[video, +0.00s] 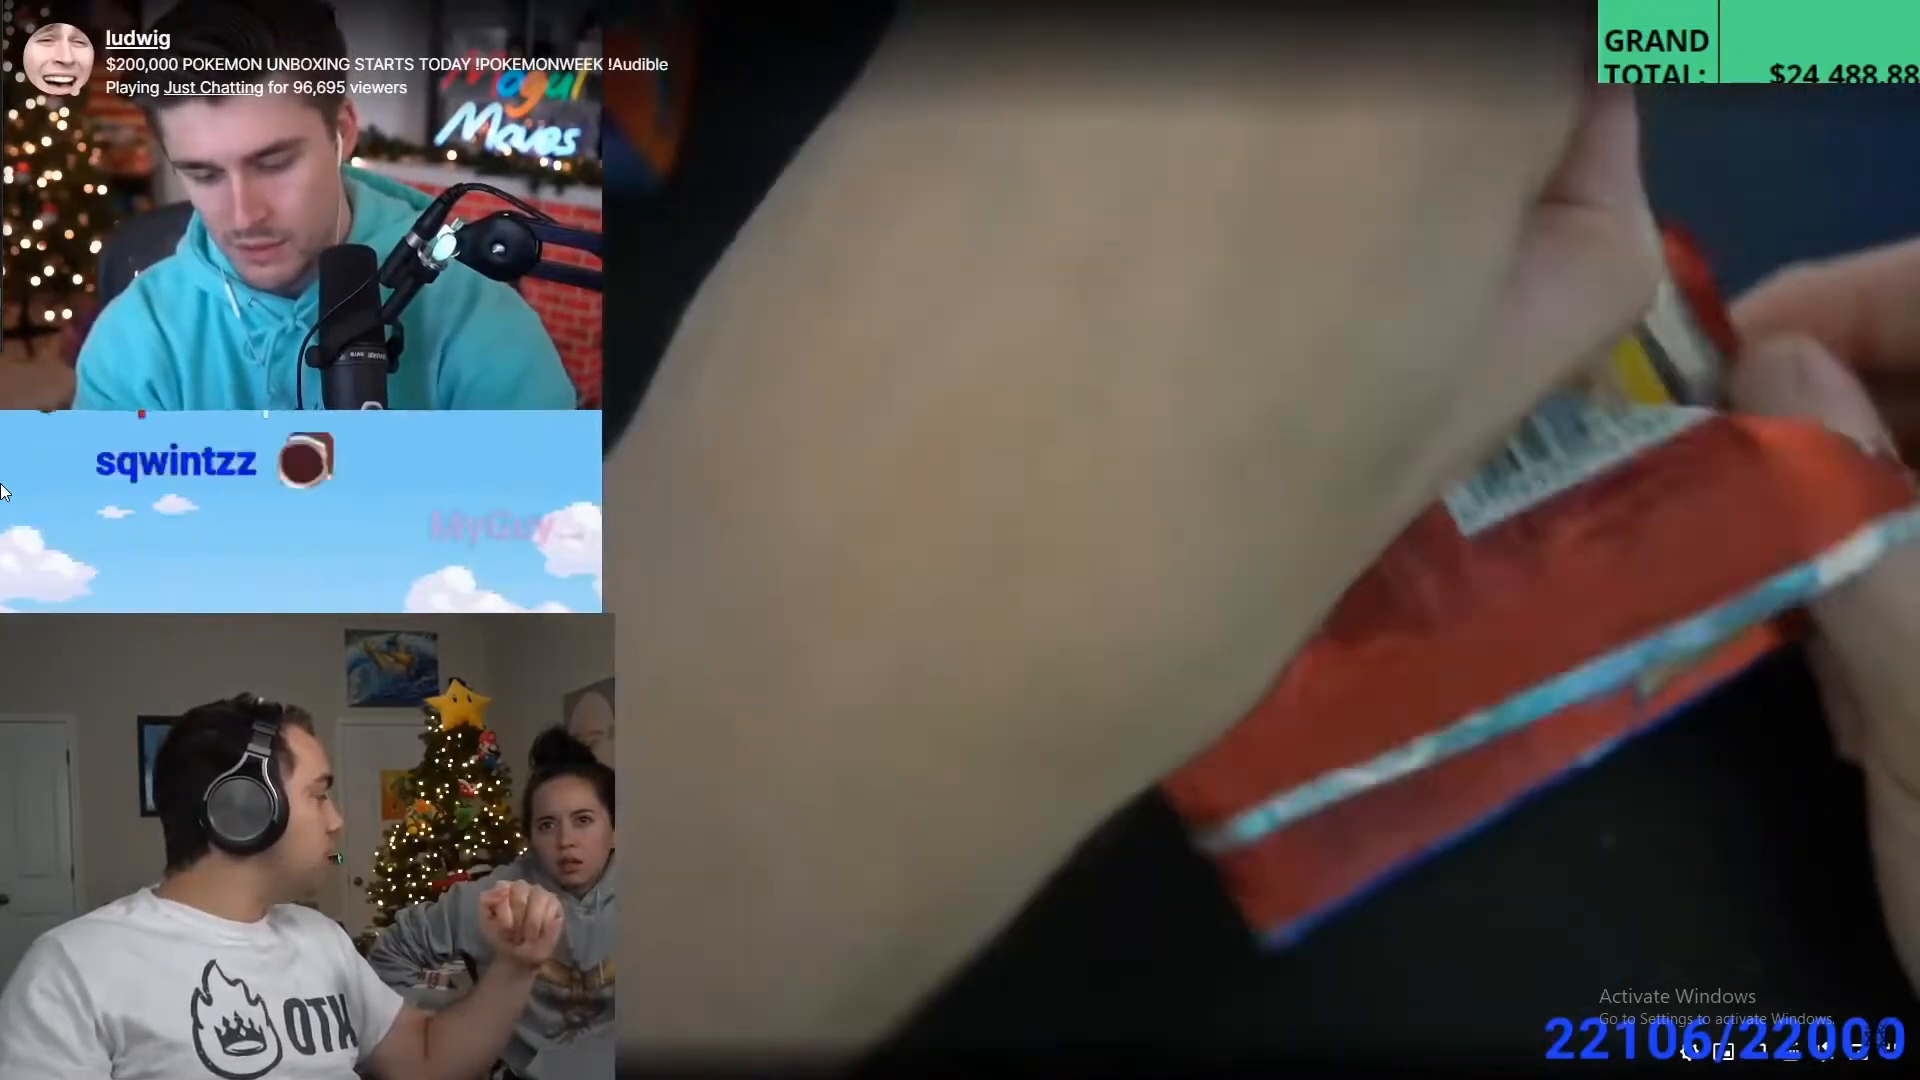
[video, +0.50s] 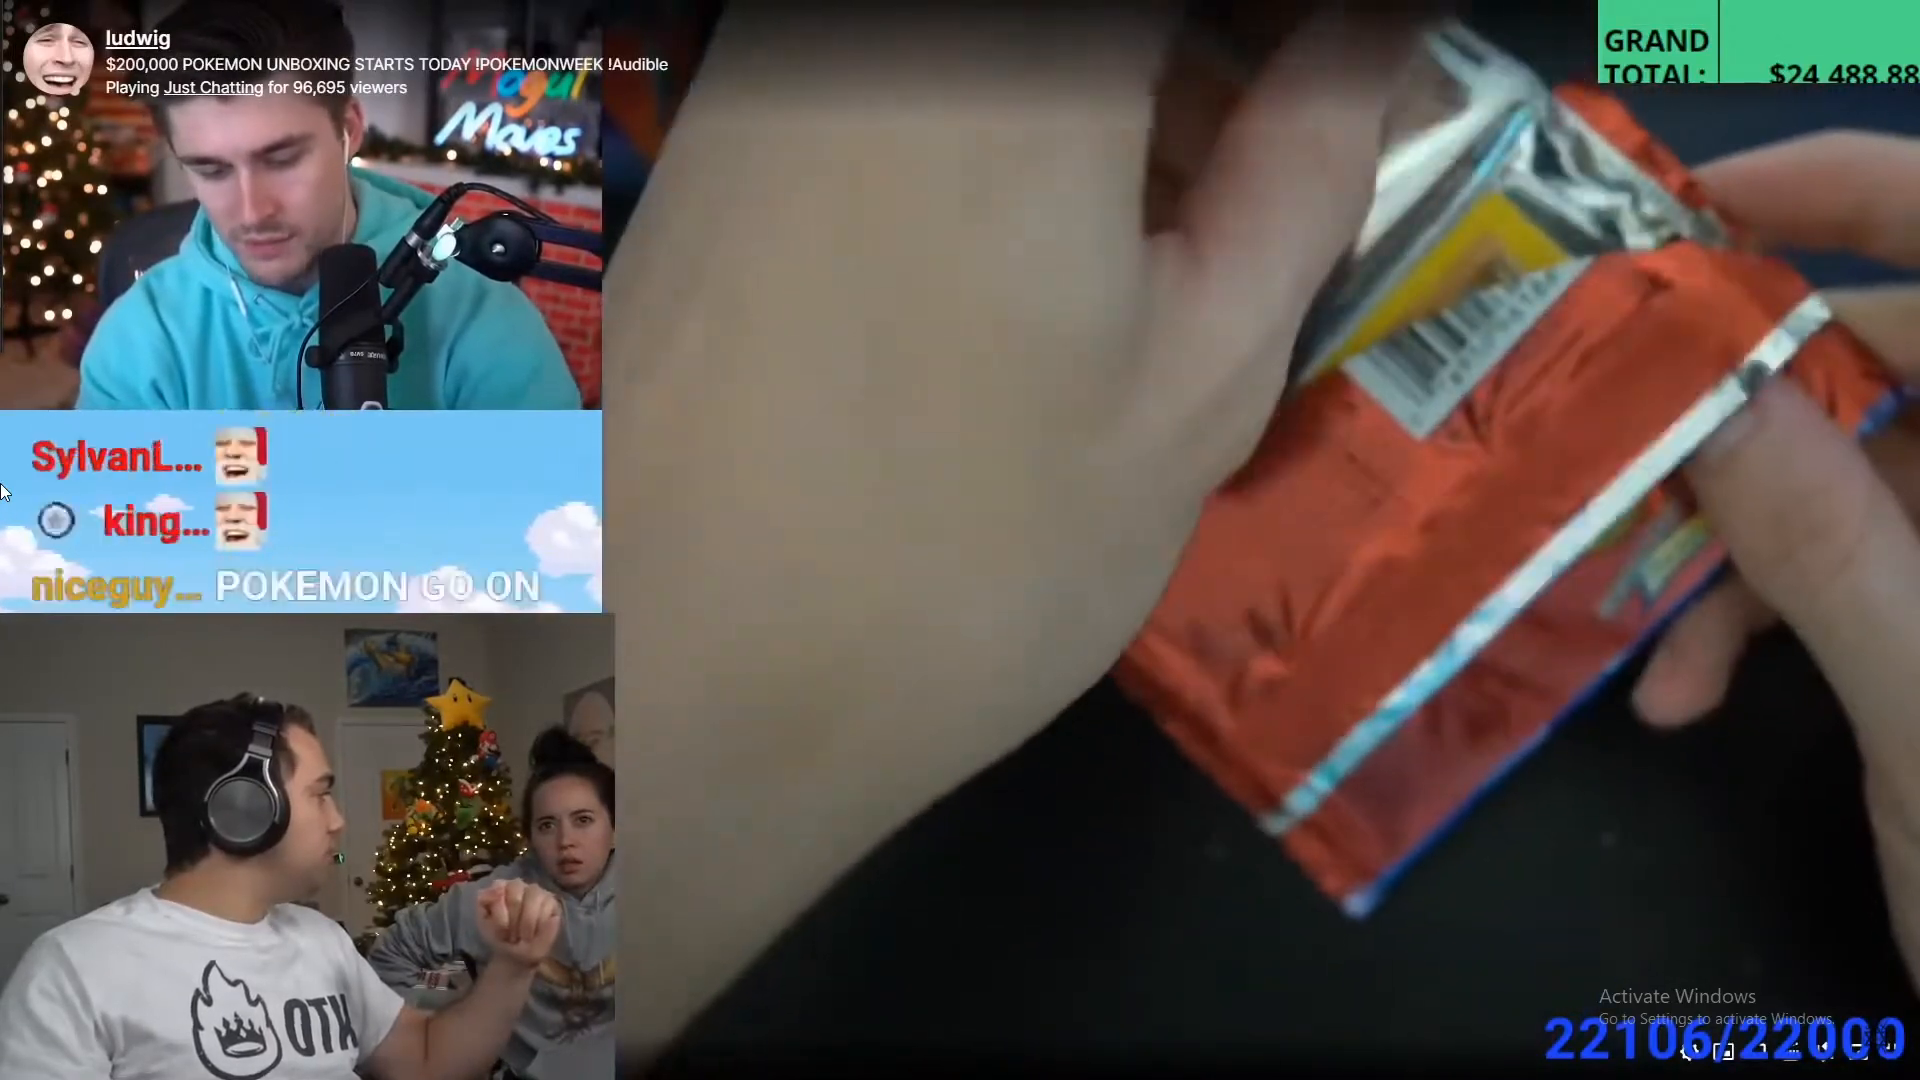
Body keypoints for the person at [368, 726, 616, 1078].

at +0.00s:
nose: (566, 841)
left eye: (583, 821)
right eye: (547, 825)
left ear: (614, 830)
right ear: (530, 837)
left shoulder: (642, 892)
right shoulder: (489, 899)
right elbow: (389, 957)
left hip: (624, 1067)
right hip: (535, 1072)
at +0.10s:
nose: (566, 841)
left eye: (583, 821)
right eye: (547, 825)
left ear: (614, 830)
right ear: (530, 838)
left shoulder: (641, 892)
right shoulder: (491, 899)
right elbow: (390, 956)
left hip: (623, 1067)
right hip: (535, 1072)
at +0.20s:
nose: (566, 842)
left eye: (583, 821)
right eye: (547, 826)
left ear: (614, 829)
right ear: (530, 837)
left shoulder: (643, 892)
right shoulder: (492, 899)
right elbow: (389, 956)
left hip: (625, 1066)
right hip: (535, 1072)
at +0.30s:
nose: (566, 841)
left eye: (583, 821)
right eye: (547, 825)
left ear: (614, 828)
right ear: (530, 837)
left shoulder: (643, 891)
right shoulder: (492, 899)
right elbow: (391, 954)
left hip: (628, 1066)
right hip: (537, 1071)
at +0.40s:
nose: (566, 842)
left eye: (583, 821)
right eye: (547, 826)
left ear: (614, 828)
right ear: (530, 837)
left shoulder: (644, 890)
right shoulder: (492, 899)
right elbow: (390, 955)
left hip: (628, 1066)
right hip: (536, 1071)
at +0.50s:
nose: (566, 841)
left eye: (583, 821)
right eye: (547, 825)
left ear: (614, 828)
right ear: (530, 837)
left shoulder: (643, 891)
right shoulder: (492, 899)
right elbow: (391, 953)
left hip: (626, 1067)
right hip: (536, 1072)